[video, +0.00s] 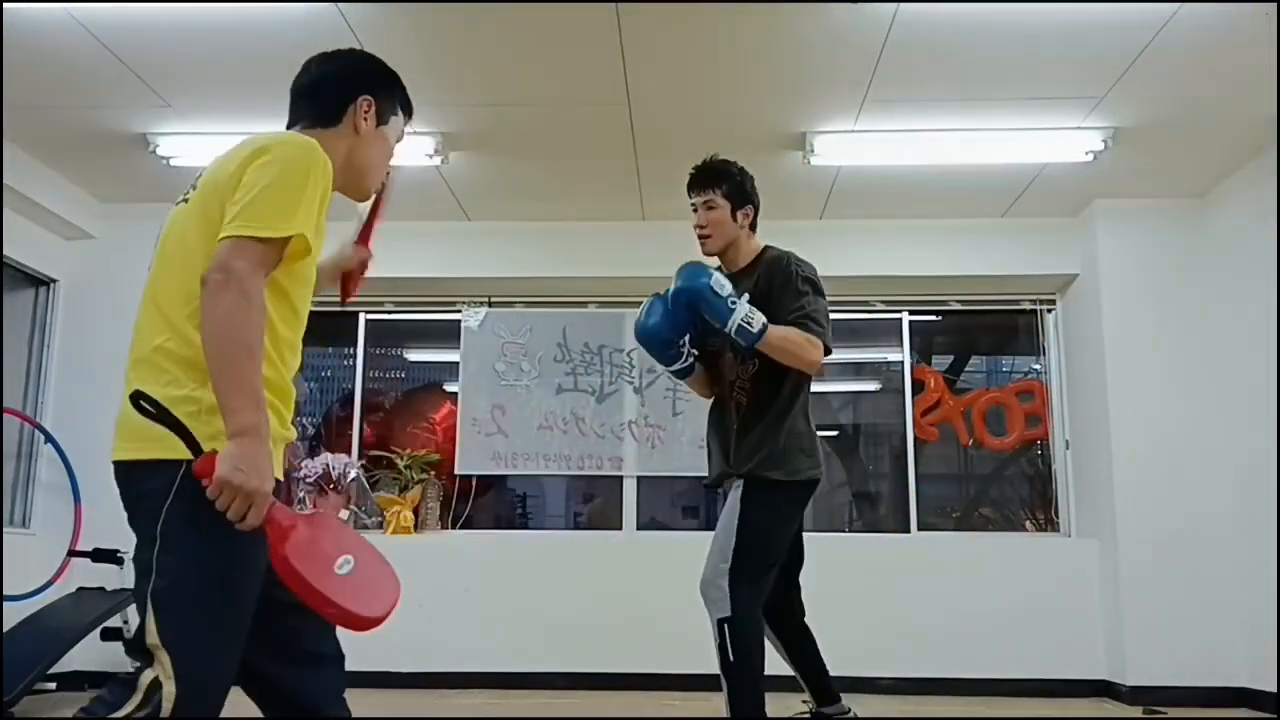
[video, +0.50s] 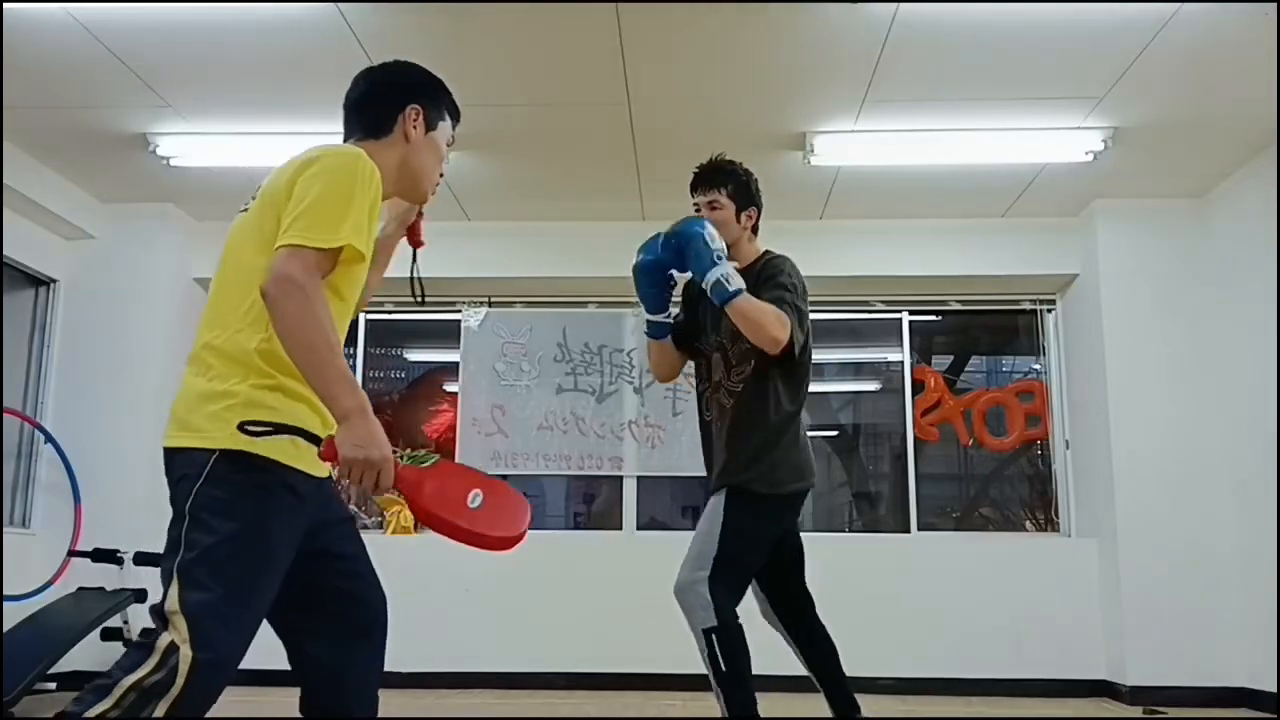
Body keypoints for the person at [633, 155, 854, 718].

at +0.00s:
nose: (698, 221)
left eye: (710, 209)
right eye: (694, 210)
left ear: (746, 214)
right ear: (697, 216)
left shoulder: (787, 271)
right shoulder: (717, 288)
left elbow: (814, 357)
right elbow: (711, 388)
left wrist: (736, 316)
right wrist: (678, 357)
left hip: (781, 462)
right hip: (744, 463)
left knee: (724, 589)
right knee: (776, 600)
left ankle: (746, 713)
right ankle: (831, 707)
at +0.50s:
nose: (701, 217)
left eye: (713, 205)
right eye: (695, 207)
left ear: (749, 216)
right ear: (696, 219)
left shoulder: (777, 274)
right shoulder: (704, 288)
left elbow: (775, 335)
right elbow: (665, 368)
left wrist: (716, 272)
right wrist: (656, 310)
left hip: (766, 470)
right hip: (742, 470)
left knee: (699, 591)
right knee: (787, 606)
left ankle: (742, 714)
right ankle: (848, 711)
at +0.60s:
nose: (687, 214)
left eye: (699, 200)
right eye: (681, 206)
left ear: (738, 208)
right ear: (682, 214)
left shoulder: (759, 253)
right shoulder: (704, 281)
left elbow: (702, 256)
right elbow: (669, 358)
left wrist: (631, 201)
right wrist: (654, 299)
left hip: (756, 460)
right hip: (761, 462)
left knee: (680, 577)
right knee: (758, 598)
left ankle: (728, 713)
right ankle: (836, 709)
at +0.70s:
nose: (690, 229)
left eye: (704, 216)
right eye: (687, 218)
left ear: (742, 222)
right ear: (684, 223)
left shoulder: (756, 272)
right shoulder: (705, 291)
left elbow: (684, 276)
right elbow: (658, 374)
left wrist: (611, 206)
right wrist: (653, 313)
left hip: (748, 476)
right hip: (727, 476)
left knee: (679, 625)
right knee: (762, 625)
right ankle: (843, 713)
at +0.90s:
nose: (655, 257)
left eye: (662, 244)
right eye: (652, 247)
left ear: (699, 243)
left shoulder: (721, 287)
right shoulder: (659, 321)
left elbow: (736, 348)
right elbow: (698, 405)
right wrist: (665, 362)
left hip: (736, 494)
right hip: (773, 499)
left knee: (629, 604)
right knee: (733, 606)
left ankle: (650, 712)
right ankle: (801, 711)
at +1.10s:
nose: (660, 243)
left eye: (672, 231)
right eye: (656, 235)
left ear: (709, 238)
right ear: (655, 247)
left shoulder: (756, 303)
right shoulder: (658, 326)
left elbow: (838, 371)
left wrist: (786, 414)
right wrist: (606, 335)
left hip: (742, 497)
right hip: (688, 500)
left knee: (657, 595)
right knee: (716, 648)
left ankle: (660, 712)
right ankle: (795, 717)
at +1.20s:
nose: (669, 226)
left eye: (683, 214)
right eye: (661, 217)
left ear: (716, 226)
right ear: (654, 228)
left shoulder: (754, 299)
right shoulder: (631, 291)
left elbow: (827, 378)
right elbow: (546, 288)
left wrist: (804, 378)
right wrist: (548, 233)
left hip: (734, 484)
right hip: (668, 487)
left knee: (659, 587)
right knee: (733, 624)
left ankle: (662, 714)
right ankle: (804, 714)